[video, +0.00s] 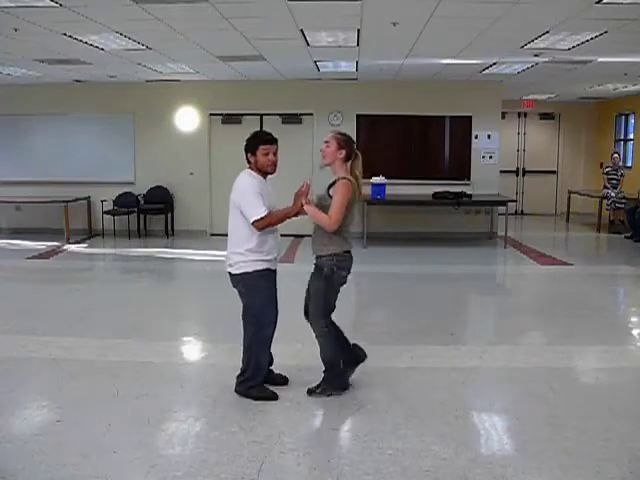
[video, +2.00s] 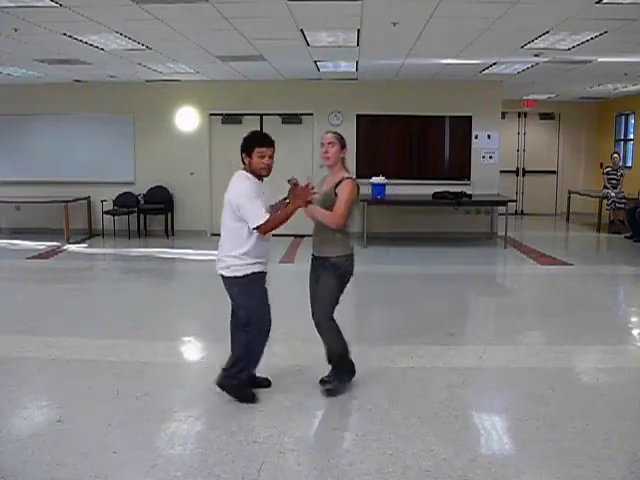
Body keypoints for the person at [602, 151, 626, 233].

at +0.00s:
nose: (615, 160)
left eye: (617, 158)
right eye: (614, 158)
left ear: (619, 160)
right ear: (611, 159)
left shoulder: (621, 170)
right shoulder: (607, 169)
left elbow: (621, 183)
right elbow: (605, 182)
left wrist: (617, 190)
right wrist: (611, 190)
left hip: (617, 188)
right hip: (608, 188)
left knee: (622, 196)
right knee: (611, 196)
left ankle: (621, 217)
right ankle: (611, 217)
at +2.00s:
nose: (615, 160)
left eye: (616, 158)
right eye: (613, 158)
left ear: (619, 160)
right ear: (611, 160)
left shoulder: (621, 171)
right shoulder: (607, 169)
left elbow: (621, 183)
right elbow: (605, 182)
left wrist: (617, 190)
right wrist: (611, 189)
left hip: (617, 188)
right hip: (608, 188)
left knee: (622, 196)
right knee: (612, 196)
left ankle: (621, 217)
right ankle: (611, 217)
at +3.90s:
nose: (615, 160)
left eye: (616, 158)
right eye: (613, 158)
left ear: (619, 159)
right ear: (611, 159)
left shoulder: (621, 170)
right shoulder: (606, 169)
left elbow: (621, 183)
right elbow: (605, 182)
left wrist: (617, 191)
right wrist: (611, 190)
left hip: (617, 188)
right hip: (608, 188)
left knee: (622, 196)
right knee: (611, 196)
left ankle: (621, 217)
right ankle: (611, 217)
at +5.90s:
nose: (615, 160)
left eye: (617, 158)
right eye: (613, 158)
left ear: (619, 160)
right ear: (611, 160)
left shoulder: (621, 170)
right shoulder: (606, 169)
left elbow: (621, 183)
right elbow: (605, 182)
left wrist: (617, 190)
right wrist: (611, 190)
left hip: (617, 188)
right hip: (608, 188)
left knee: (622, 196)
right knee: (611, 196)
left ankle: (621, 217)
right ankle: (611, 216)